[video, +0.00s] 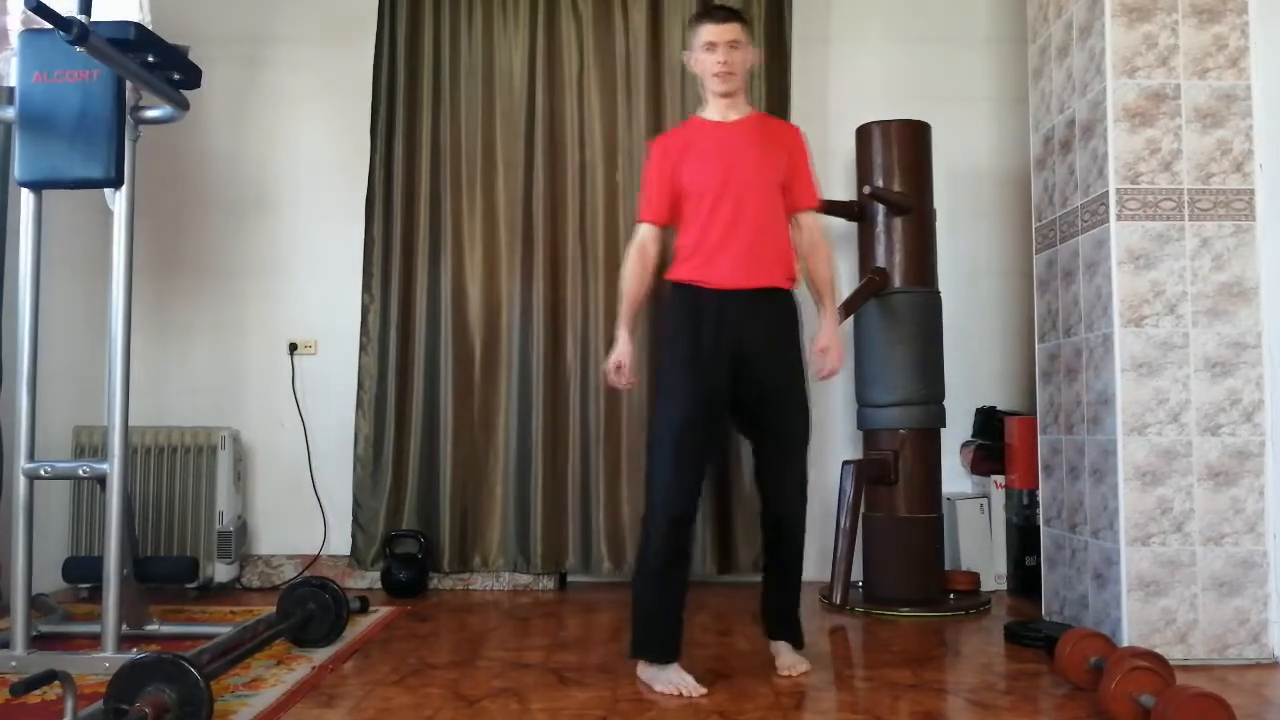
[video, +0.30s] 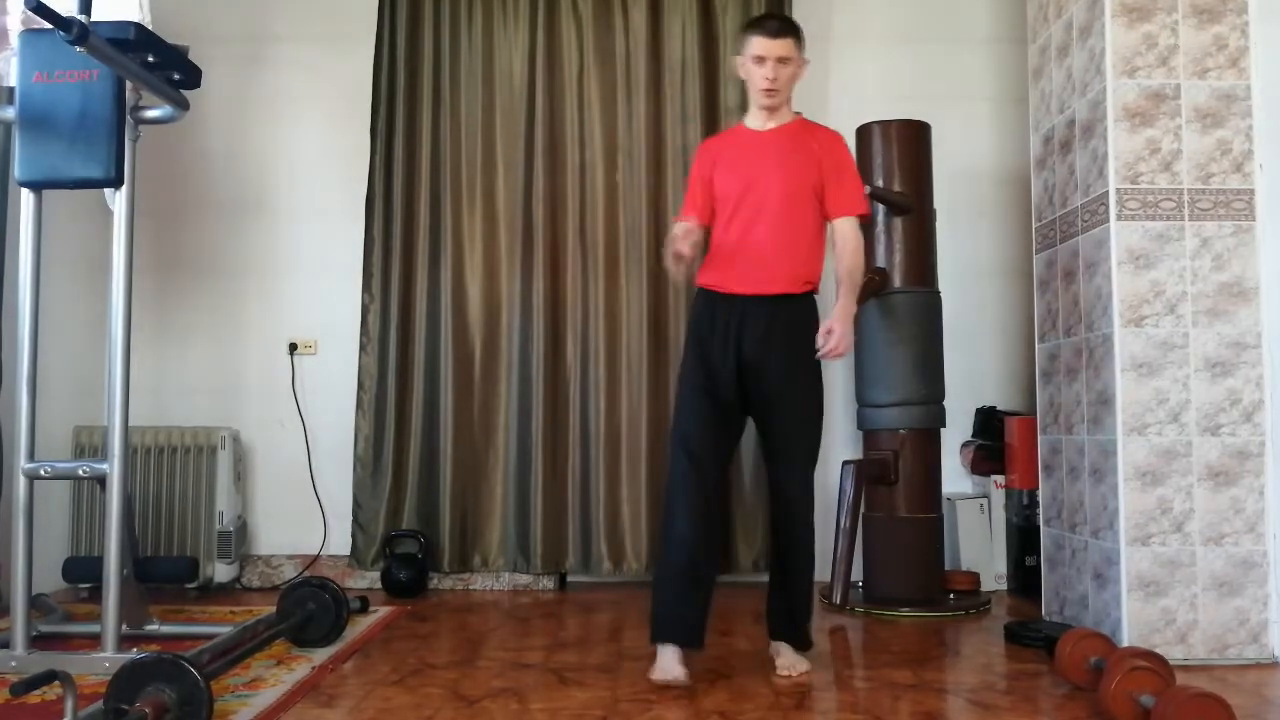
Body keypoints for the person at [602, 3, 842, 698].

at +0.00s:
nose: (723, 57)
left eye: (734, 45)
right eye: (710, 47)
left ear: (753, 56)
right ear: (691, 61)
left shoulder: (783, 137)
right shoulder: (671, 145)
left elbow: (809, 230)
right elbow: (646, 243)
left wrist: (829, 316)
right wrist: (624, 331)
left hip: (771, 319)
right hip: (691, 319)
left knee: (786, 487)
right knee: (674, 493)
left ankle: (783, 633)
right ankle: (655, 655)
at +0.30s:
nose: (770, 73)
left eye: (783, 61)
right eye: (759, 60)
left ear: (801, 69)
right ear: (740, 66)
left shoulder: (824, 145)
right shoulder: (713, 151)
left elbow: (849, 235)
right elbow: (687, 245)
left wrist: (846, 308)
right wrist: (681, 246)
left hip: (789, 323)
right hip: (716, 321)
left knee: (792, 485)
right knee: (693, 478)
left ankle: (788, 635)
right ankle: (674, 639)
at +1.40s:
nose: (718, 86)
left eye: (730, 76)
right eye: (707, 76)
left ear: (747, 87)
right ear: (690, 85)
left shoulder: (770, 159)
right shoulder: (666, 169)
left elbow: (789, 247)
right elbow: (650, 260)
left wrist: (777, 307)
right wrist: (629, 342)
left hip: (748, 327)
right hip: (674, 328)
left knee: (766, 483)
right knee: (671, 480)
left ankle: (781, 633)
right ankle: (680, 615)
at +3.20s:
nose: (665, 124)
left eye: (674, 116)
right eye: (655, 116)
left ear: (691, 128)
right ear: (640, 129)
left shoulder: (714, 193)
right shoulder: (621, 199)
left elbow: (732, 271)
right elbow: (600, 275)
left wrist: (731, 334)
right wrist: (580, 249)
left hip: (697, 339)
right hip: (633, 338)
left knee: (707, 473)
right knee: (618, 471)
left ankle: (713, 602)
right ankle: (607, 599)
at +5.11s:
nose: (667, 123)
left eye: (678, 115)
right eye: (658, 115)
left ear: (693, 128)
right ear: (643, 127)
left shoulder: (715, 192)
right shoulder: (623, 197)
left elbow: (734, 267)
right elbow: (605, 271)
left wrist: (730, 320)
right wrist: (590, 328)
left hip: (697, 338)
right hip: (632, 338)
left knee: (708, 473)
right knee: (619, 471)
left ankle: (713, 602)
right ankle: (609, 598)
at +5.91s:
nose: (656, 120)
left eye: (666, 112)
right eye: (646, 113)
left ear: (681, 126)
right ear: (630, 127)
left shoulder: (703, 190)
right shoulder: (612, 196)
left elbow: (723, 268)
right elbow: (595, 274)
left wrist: (720, 327)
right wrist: (578, 336)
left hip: (688, 338)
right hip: (623, 338)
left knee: (703, 473)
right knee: (612, 472)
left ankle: (710, 601)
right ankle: (605, 599)